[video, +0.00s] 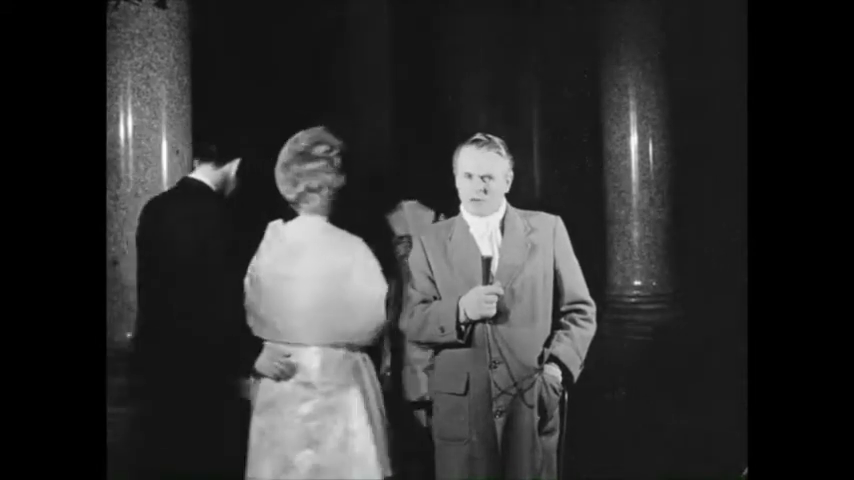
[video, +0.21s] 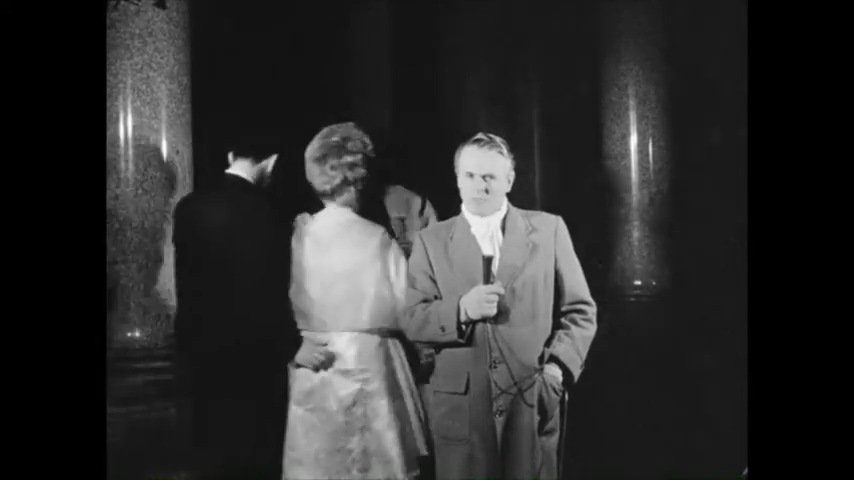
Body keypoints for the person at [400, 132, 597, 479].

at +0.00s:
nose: (477, 187)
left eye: (488, 177)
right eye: (468, 176)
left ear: (508, 181)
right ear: (456, 180)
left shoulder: (547, 230)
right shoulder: (430, 241)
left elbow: (579, 309)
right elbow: (413, 319)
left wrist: (557, 365)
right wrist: (460, 310)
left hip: (530, 396)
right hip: (459, 397)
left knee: (532, 474)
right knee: (460, 474)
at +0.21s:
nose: (480, 186)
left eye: (490, 177)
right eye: (470, 176)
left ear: (509, 180)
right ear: (458, 180)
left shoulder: (549, 230)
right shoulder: (430, 240)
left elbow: (579, 310)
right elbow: (412, 318)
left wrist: (557, 366)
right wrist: (460, 309)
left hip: (530, 399)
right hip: (458, 400)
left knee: (532, 475)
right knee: (460, 474)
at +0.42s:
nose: (480, 186)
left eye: (490, 177)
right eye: (471, 177)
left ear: (510, 180)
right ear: (458, 180)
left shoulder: (549, 230)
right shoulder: (430, 241)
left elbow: (580, 310)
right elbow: (412, 317)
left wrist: (558, 366)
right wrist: (461, 309)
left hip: (531, 398)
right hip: (461, 398)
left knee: (533, 475)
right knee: (460, 474)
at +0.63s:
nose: (479, 186)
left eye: (489, 176)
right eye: (470, 176)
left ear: (510, 180)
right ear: (457, 180)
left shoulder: (549, 229)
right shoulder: (431, 240)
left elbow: (580, 309)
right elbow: (412, 319)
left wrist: (557, 365)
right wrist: (460, 308)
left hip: (531, 396)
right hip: (461, 397)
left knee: (533, 474)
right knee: (461, 474)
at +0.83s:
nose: (477, 186)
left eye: (488, 176)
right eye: (468, 176)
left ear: (508, 180)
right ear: (456, 180)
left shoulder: (547, 230)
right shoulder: (429, 240)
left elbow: (578, 310)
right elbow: (410, 320)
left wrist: (555, 366)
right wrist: (458, 308)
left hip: (530, 397)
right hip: (459, 398)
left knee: (532, 474)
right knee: (459, 474)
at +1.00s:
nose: (472, 184)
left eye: (483, 174)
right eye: (463, 174)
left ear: (505, 180)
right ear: (453, 181)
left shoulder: (545, 230)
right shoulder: (427, 240)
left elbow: (576, 310)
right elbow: (408, 318)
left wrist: (553, 365)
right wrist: (456, 308)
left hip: (527, 397)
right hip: (457, 397)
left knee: (530, 474)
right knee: (457, 474)